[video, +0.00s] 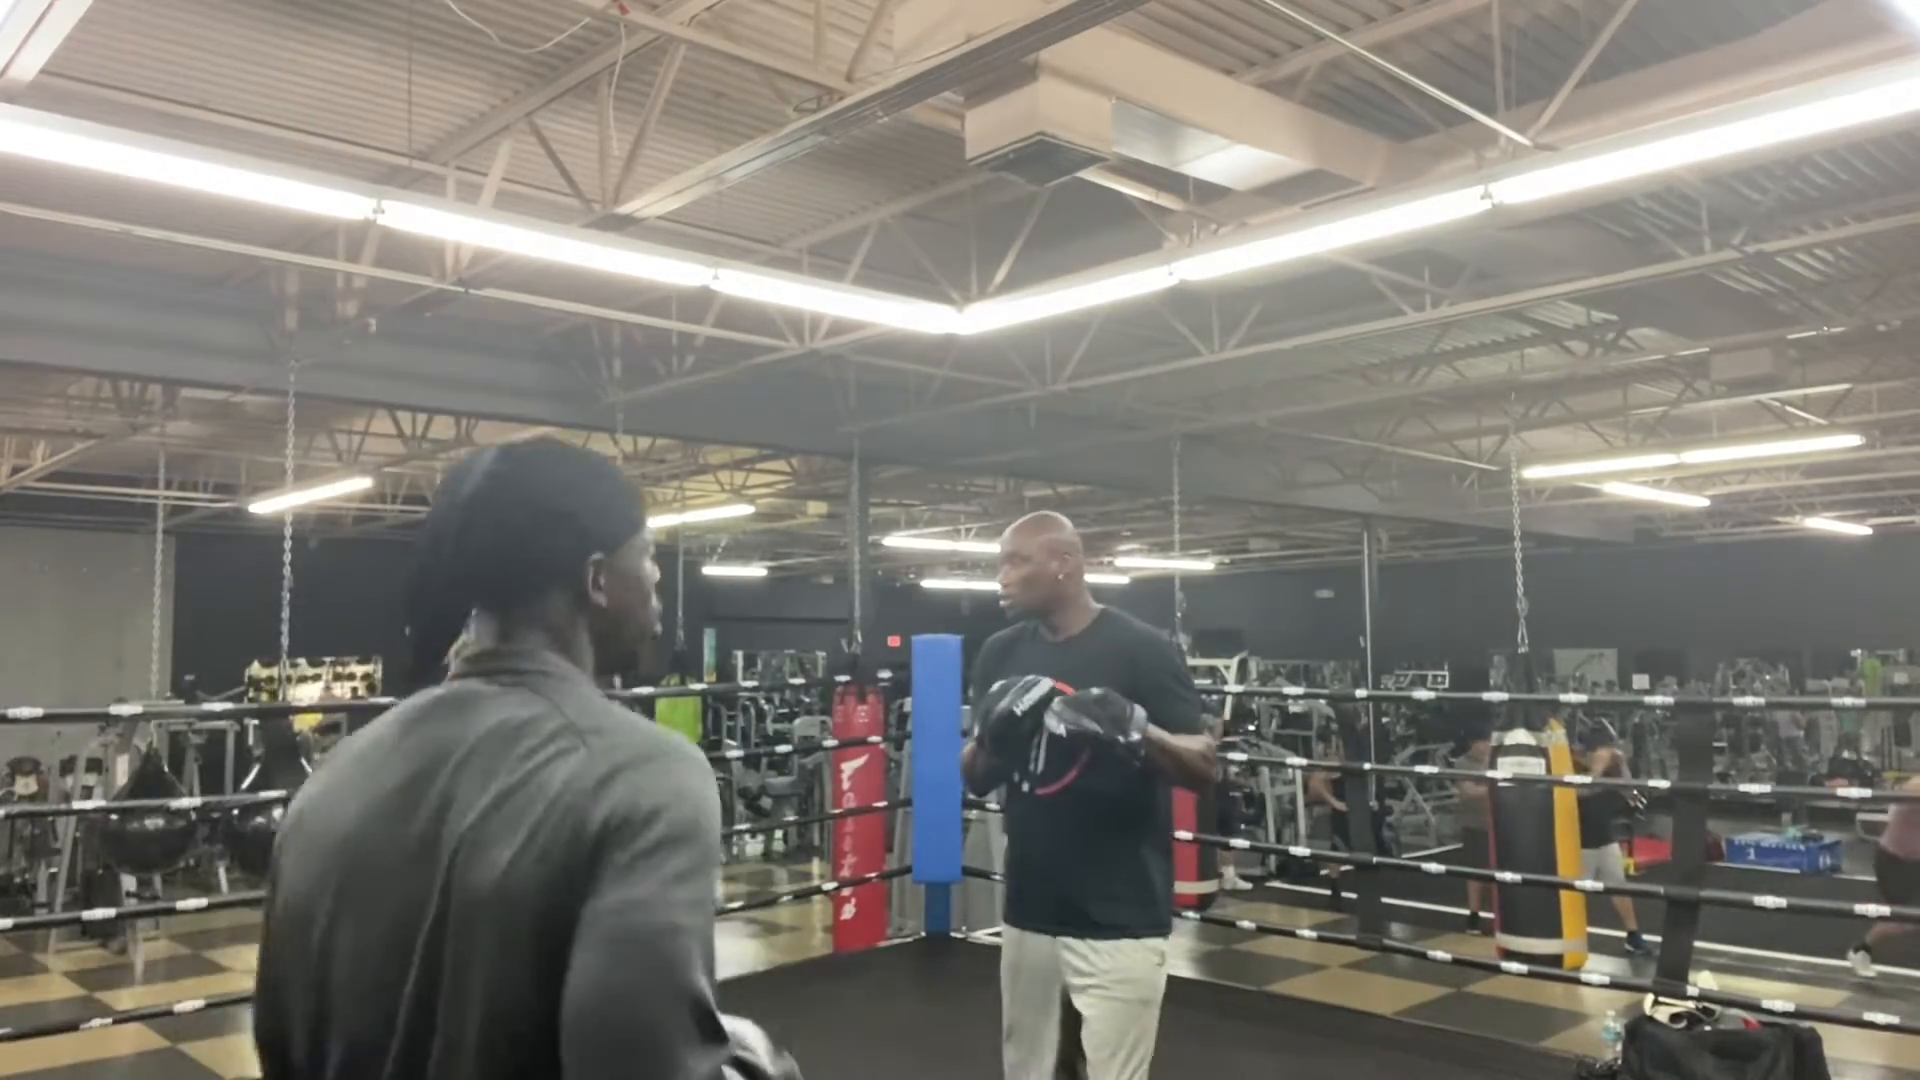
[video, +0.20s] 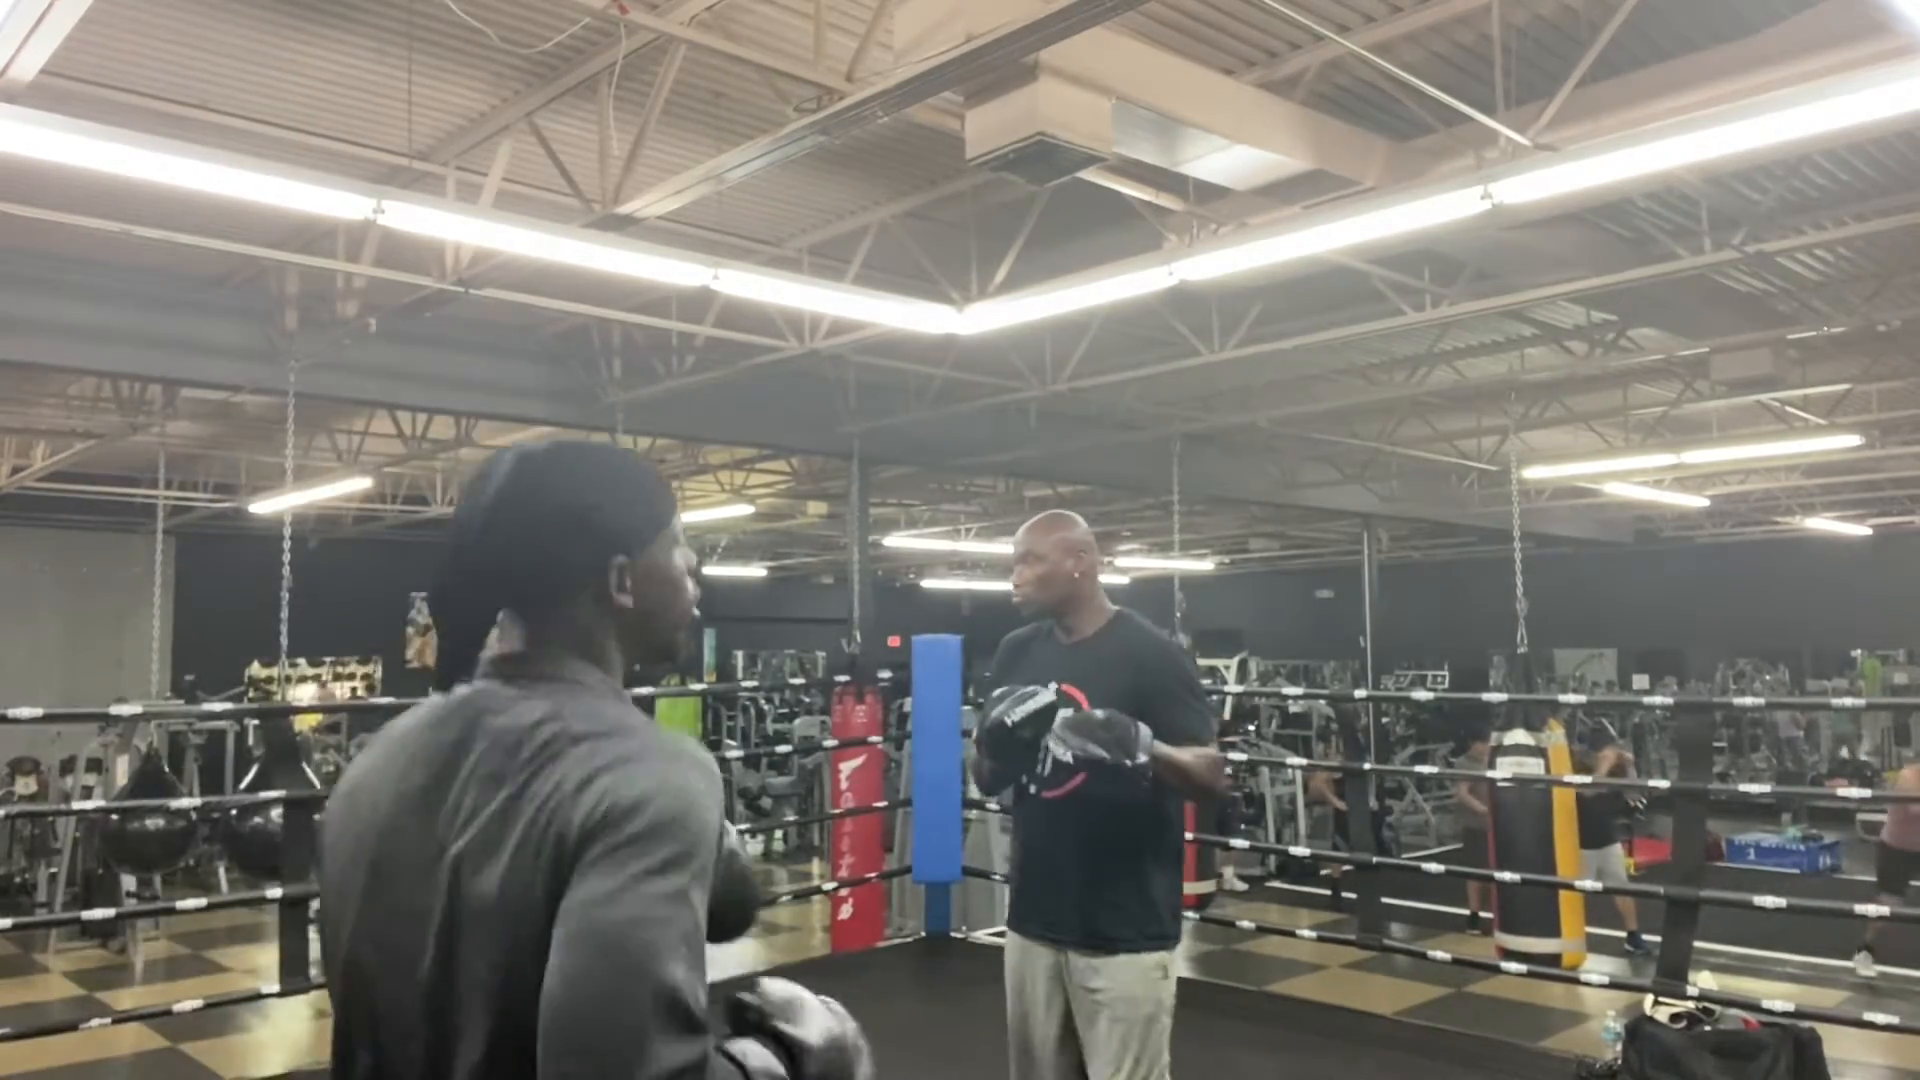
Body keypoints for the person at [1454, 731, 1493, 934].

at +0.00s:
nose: (1485, 748)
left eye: (1487, 744)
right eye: (1481, 743)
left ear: (1490, 746)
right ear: (1472, 745)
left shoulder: (1493, 764)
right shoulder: (1463, 764)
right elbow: (1467, 790)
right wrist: (1493, 789)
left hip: (1494, 823)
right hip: (1473, 824)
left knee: (1495, 870)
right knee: (1474, 870)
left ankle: (1498, 913)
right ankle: (1474, 913)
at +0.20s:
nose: (1486, 749)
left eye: (1487, 744)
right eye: (1482, 744)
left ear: (1490, 745)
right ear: (1472, 745)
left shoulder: (1492, 763)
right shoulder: (1465, 764)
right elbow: (1461, 792)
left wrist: (1495, 808)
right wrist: (1484, 809)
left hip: (1494, 825)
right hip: (1474, 825)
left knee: (1494, 871)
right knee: (1474, 871)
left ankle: (1497, 912)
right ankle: (1474, 913)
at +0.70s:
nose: (1479, 753)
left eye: (1483, 749)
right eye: (1476, 749)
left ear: (1488, 750)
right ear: (1470, 749)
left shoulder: (1493, 766)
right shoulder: (1463, 765)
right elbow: (1456, 792)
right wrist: (1474, 804)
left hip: (1493, 819)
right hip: (1475, 820)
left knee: (1492, 868)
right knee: (1474, 868)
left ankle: (1490, 912)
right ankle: (1474, 913)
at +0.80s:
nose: (1480, 755)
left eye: (1483, 751)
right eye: (1477, 750)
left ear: (1488, 752)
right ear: (1470, 750)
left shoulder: (1491, 766)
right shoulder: (1463, 765)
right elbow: (1455, 793)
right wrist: (1477, 804)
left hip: (1491, 819)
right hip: (1474, 820)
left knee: (1489, 867)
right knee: (1475, 867)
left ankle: (1488, 911)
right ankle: (1474, 913)